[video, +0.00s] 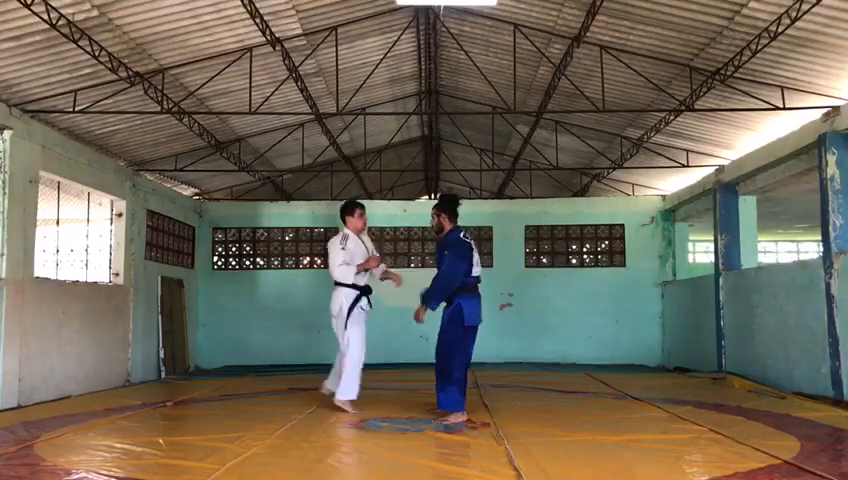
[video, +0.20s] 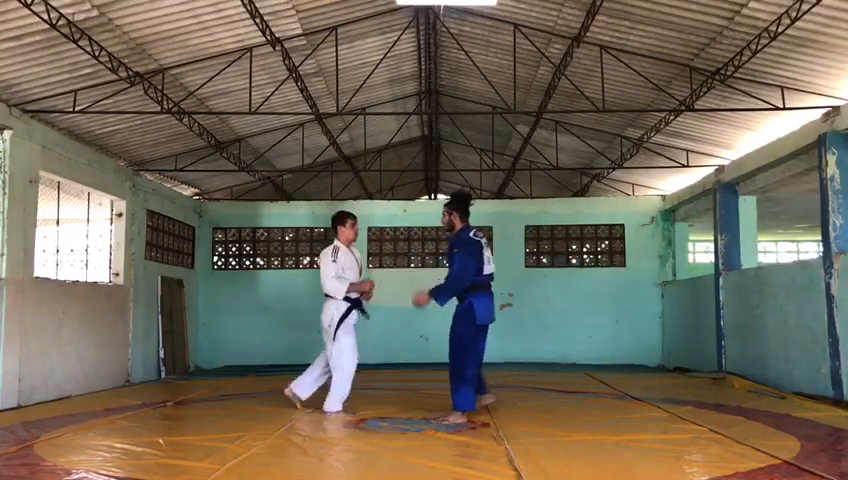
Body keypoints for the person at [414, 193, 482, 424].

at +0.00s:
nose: (432, 222)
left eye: (433, 217)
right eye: (433, 217)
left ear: (440, 217)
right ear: (452, 216)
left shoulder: (453, 241)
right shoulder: (461, 238)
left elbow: (448, 277)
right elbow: (448, 276)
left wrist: (426, 303)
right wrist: (427, 297)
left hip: (460, 301)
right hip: (466, 298)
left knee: (449, 353)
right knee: (454, 353)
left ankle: (456, 409)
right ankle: (454, 405)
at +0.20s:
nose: (442, 219)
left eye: (445, 214)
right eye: (443, 214)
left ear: (454, 216)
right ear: (461, 216)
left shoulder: (462, 241)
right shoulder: (475, 238)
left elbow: (460, 277)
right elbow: (465, 275)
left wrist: (431, 295)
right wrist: (438, 290)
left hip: (471, 302)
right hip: (483, 299)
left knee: (460, 352)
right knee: (471, 350)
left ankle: (460, 410)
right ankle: (483, 393)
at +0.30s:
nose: (454, 219)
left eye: (457, 214)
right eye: (455, 214)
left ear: (467, 216)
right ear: (472, 217)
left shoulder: (476, 243)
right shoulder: (481, 242)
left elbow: (465, 274)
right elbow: (473, 276)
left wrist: (432, 276)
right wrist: (446, 279)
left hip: (480, 304)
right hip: (484, 302)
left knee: (465, 354)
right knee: (475, 352)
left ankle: (461, 410)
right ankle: (508, 387)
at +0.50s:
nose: (475, 223)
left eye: (477, 218)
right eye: (475, 218)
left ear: (487, 218)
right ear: (492, 219)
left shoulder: (497, 241)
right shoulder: (499, 241)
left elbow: (472, 255)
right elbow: (469, 263)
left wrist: (440, 259)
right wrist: (438, 267)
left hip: (502, 305)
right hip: (503, 303)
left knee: (484, 352)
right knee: (504, 352)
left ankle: (466, 407)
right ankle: (527, 403)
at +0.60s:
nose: (479, 216)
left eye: (482, 212)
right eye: (480, 211)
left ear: (493, 213)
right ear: (495, 213)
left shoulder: (503, 238)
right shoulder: (503, 238)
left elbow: (484, 260)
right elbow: (477, 267)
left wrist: (457, 251)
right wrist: (443, 269)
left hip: (508, 300)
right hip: (511, 298)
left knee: (492, 346)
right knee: (509, 348)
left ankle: (491, 404)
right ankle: (527, 402)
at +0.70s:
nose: (482, 214)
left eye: (485, 210)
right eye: (483, 210)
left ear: (495, 212)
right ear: (498, 212)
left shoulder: (507, 236)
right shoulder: (502, 239)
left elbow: (497, 264)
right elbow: (482, 271)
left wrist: (475, 249)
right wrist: (451, 271)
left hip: (513, 298)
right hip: (516, 296)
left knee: (503, 343)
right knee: (518, 346)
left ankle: (521, 403)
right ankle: (531, 402)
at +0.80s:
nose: (485, 215)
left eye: (488, 211)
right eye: (485, 211)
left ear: (499, 213)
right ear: (502, 213)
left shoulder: (514, 238)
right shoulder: (499, 240)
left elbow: (498, 265)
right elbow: (485, 270)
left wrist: (483, 248)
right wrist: (454, 270)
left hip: (520, 300)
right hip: (509, 300)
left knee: (518, 351)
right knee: (509, 352)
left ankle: (545, 401)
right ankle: (524, 401)